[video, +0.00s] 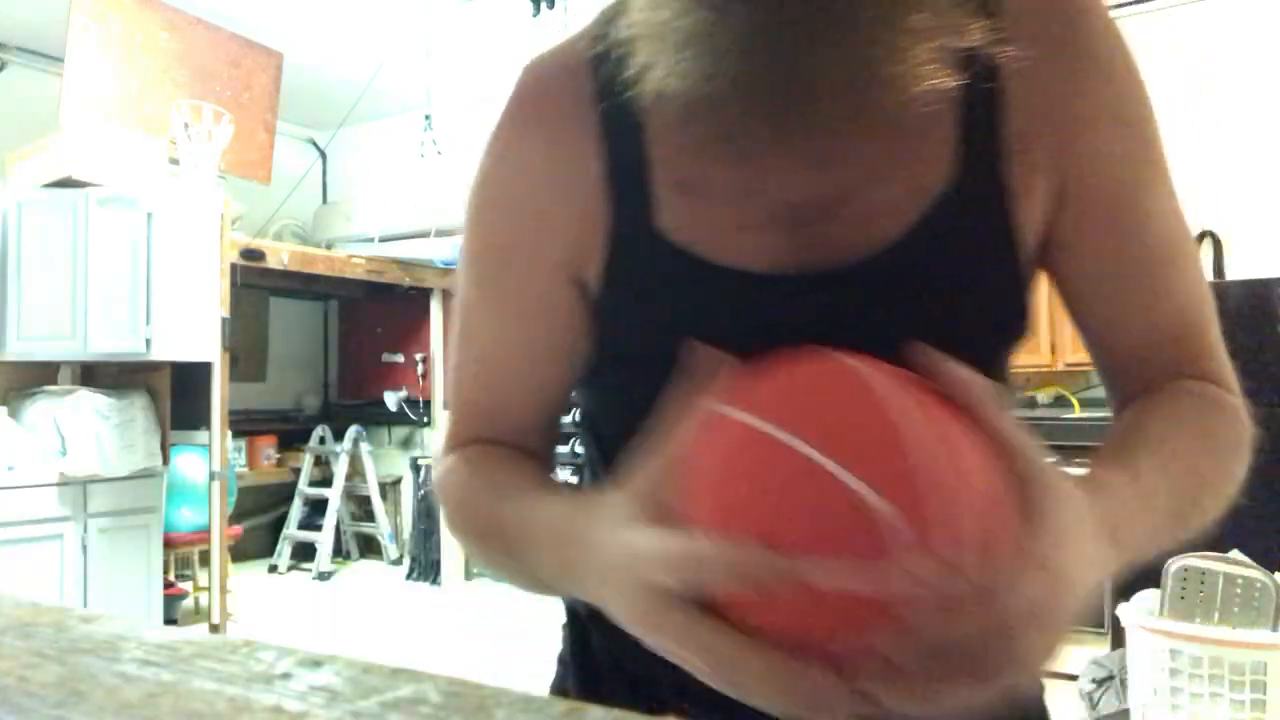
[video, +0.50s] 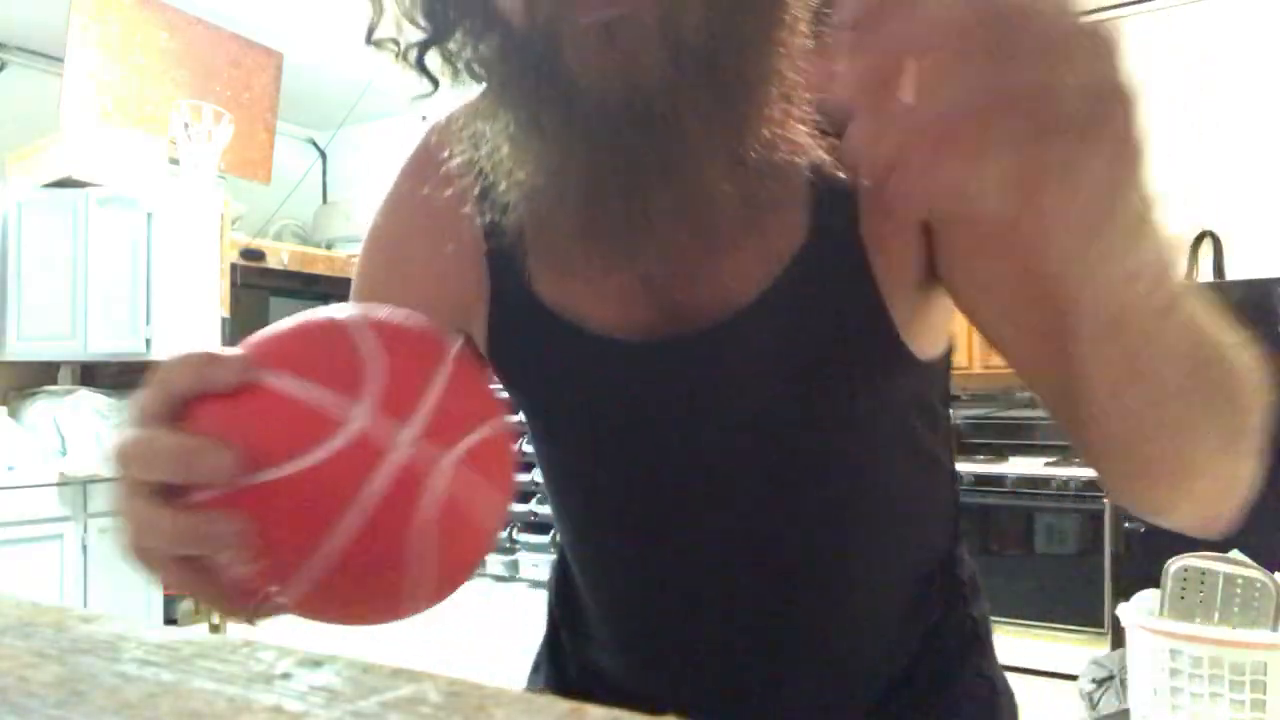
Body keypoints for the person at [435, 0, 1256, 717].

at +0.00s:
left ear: (935, 49)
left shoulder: (1050, 57)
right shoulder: (567, 115)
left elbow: (1190, 393)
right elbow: (479, 457)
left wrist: (1094, 534)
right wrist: (583, 546)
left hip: (952, 672)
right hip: (657, 681)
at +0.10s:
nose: (734, 222)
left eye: (772, 194)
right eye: (694, 197)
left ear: (872, 55)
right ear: (610, 83)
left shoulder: (995, 55)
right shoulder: (520, 131)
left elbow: (1177, 397)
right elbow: (422, 464)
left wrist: (1016, 486)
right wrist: (500, 531)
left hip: (916, 675)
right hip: (632, 675)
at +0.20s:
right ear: (580, 56)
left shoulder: (935, 54)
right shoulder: (485, 141)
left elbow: (1157, 411)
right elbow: (352, 475)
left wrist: (969, 440)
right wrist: (389, 531)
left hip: (892, 680)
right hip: (604, 682)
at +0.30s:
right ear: (528, 17)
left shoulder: (905, 53)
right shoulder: (462, 157)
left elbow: (1141, 449)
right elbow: (357, 467)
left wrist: (976, 391)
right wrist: (285, 524)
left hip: (886, 682)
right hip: (599, 684)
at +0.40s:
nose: (608, 6)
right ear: (484, 4)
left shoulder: (898, 51)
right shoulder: (443, 183)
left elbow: (1154, 481)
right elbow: (392, 522)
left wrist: (1042, 312)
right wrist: (269, 522)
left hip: (888, 678)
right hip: (600, 682)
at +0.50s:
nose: (598, 5)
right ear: (477, 19)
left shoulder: (909, 126)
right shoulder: (458, 188)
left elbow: (1206, 488)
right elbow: (365, 495)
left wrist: (1118, 281)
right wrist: (218, 512)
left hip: (897, 673)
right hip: (616, 679)